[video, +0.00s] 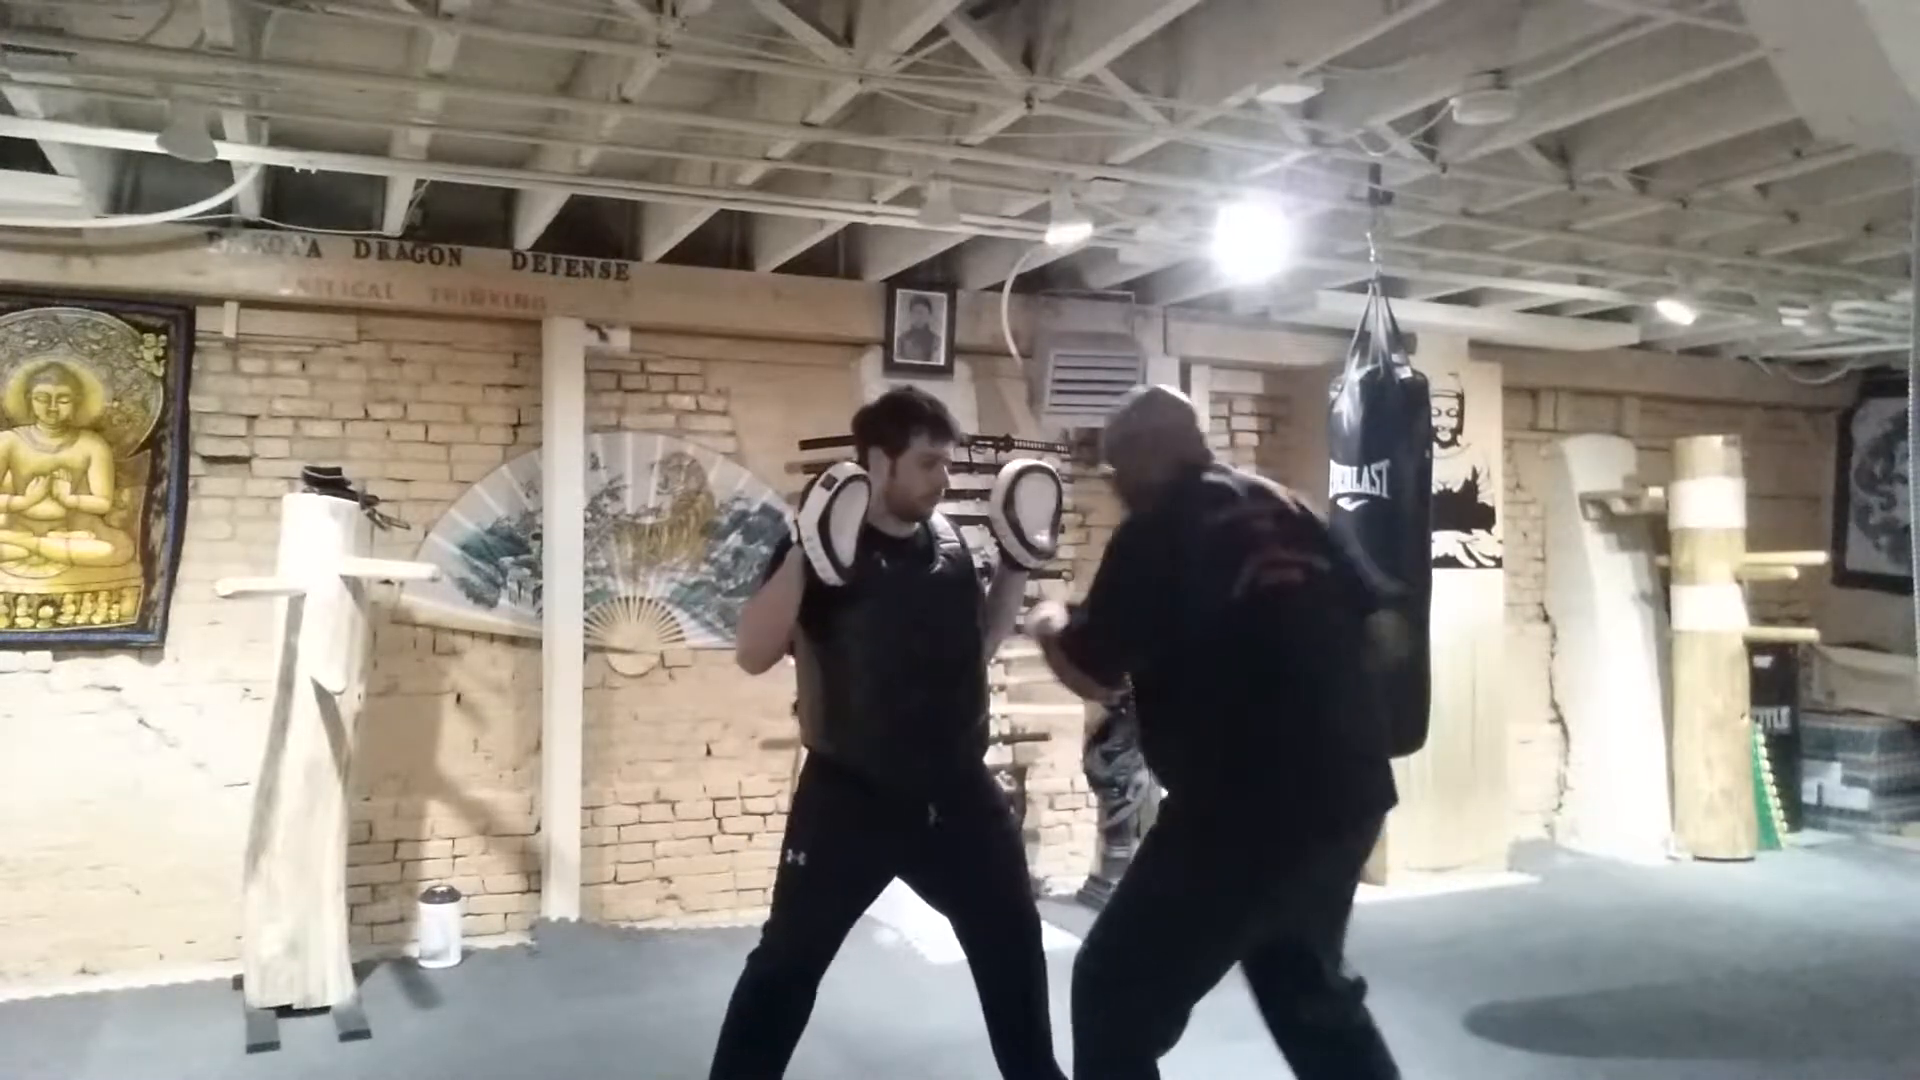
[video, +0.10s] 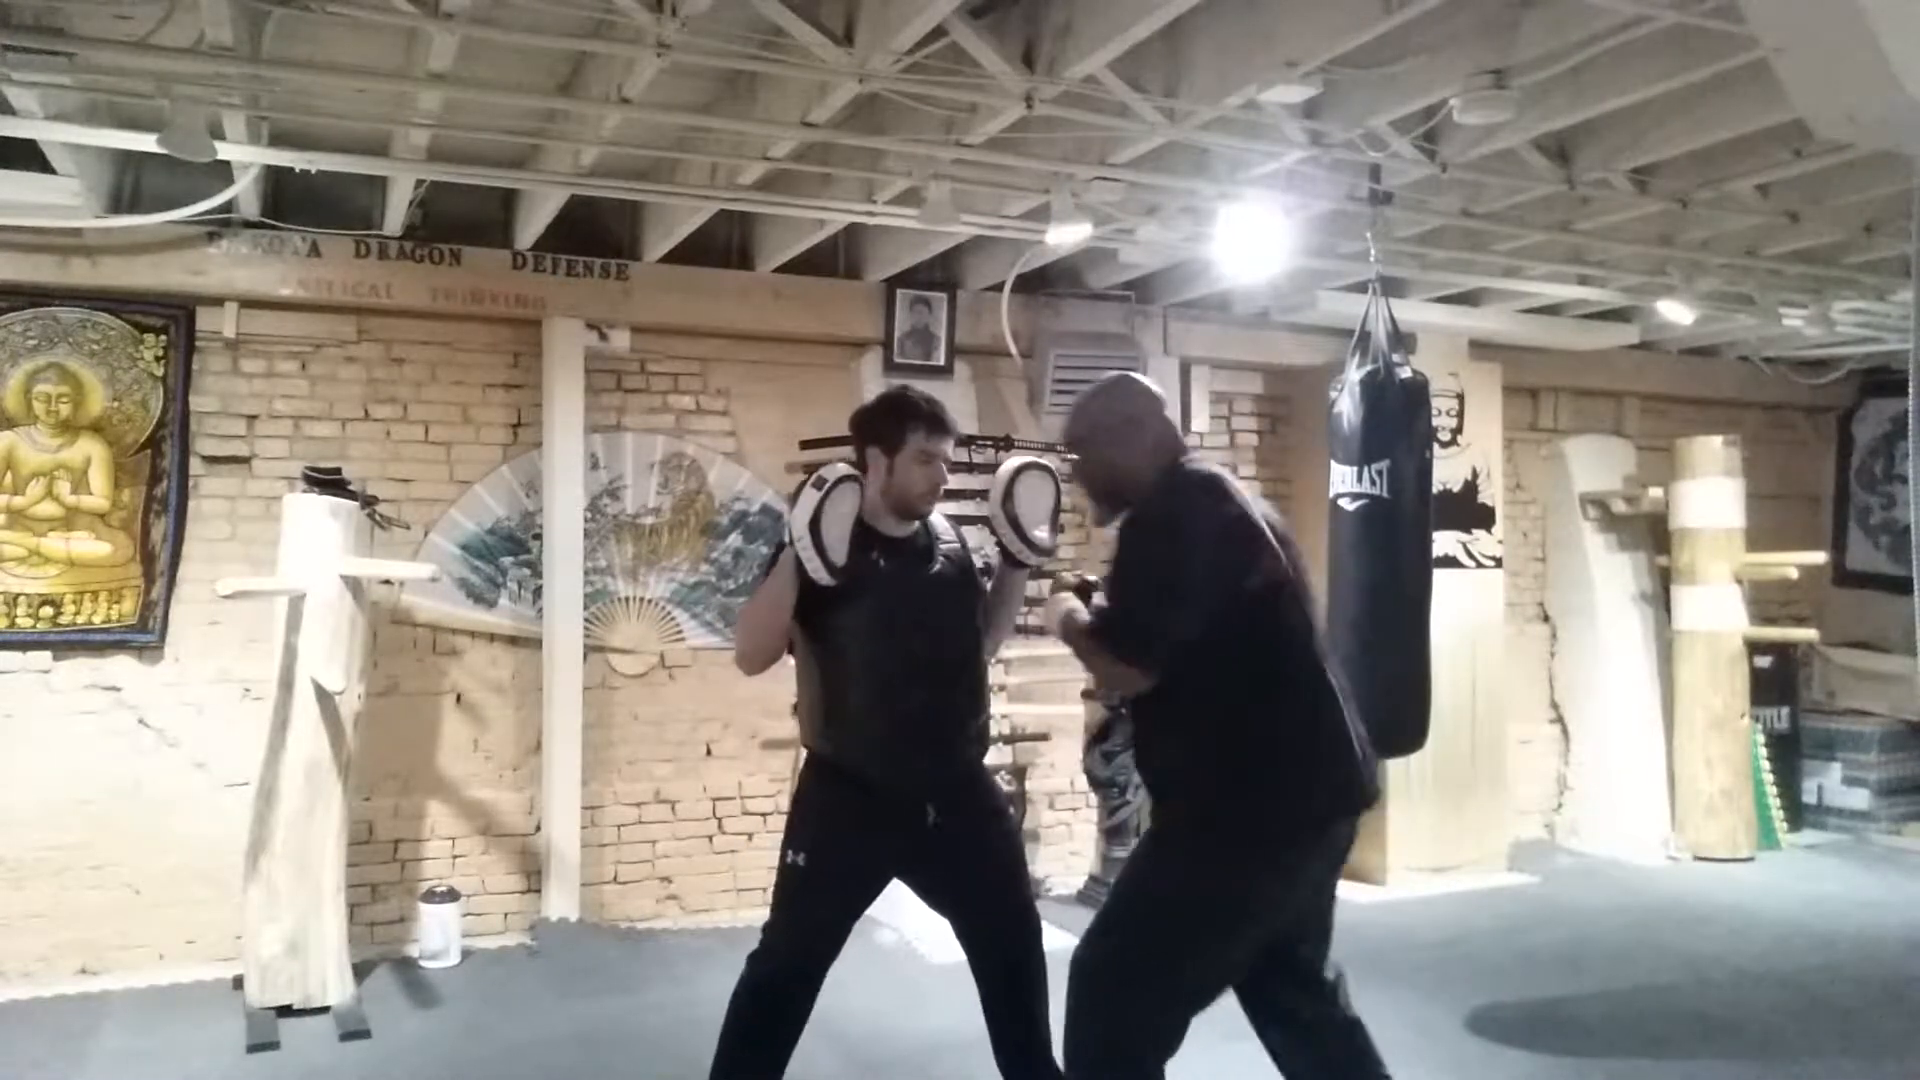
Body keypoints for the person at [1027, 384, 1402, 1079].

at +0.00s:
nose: (1115, 478)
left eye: (1119, 459)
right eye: (1112, 462)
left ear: (1150, 453)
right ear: (1195, 444)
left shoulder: (1156, 530)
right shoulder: (1286, 506)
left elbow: (1094, 667)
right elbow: (1372, 599)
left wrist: (1050, 630)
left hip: (1234, 809)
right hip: (1344, 796)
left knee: (1114, 987)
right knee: (1308, 988)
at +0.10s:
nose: (1078, 474)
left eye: (1084, 452)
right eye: (1074, 456)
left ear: (1134, 436)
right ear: (1151, 435)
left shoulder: (1171, 513)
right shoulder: (1218, 496)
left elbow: (1126, 669)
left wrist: (1075, 626)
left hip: (1243, 805)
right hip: (1311, 792)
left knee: (1115, 983)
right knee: (1290, 988)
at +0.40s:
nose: (1086, 458)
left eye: (1097, 441)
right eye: (1087, 442)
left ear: (1144, 440)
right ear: (1160, 438)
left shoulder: (1196, 518)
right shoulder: (1209, 511)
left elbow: (1161, 662)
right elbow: (1163, 677)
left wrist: (1081, 599)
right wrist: (1044, 681)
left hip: (1228, 803)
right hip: (1282, 791)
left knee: (1090, 985)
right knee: (1236, 967)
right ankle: (1296, 1078)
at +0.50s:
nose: (1129, 445)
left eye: (1138, 428)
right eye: (1129, 428)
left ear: (1167, 432)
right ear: (1216, 432)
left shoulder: (1155, 512)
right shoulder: (1274, 508)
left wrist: (1021, 551)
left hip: (1188, 810)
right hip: (1298, 799)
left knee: (1090, 1011)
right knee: (1267, 968)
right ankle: (1315, 1075)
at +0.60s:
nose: (1153, 437)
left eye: (1156, 426)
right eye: (1159, 427)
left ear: (1166, 431)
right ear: (1244, 427)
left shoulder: (1132, 501)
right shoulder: (1312, 509)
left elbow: (1013, 493)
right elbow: (1357, 611)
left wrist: (1051, 458)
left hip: (1171, 806)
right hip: (1297, 803)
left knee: (1118, 1014)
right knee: (1302, 982)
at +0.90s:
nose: (1139, 440)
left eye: (1143, 426)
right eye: (1142, 426)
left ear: (1158, 429)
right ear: (1234, 420)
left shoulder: (1140, 510)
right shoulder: (1315, 497)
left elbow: (1036, 578)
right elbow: (1381, 589)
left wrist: (1089, 503)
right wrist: (1293, 587)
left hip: (1191, 793)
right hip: (1304, 784)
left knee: (1089, 985)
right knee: (1284, 962)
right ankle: (1329, 1079)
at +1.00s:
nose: (1119, 431)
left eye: (1130, 414)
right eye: (1121, 415)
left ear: (1172, 417)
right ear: (1212, 414)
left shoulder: (1168, 515)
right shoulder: (1270, 491)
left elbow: (1088, 629)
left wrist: (1070, 553)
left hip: (1209, 793)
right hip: (1291, 778)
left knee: (1082, 979)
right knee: (1240, 951)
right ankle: (1304, 1074)